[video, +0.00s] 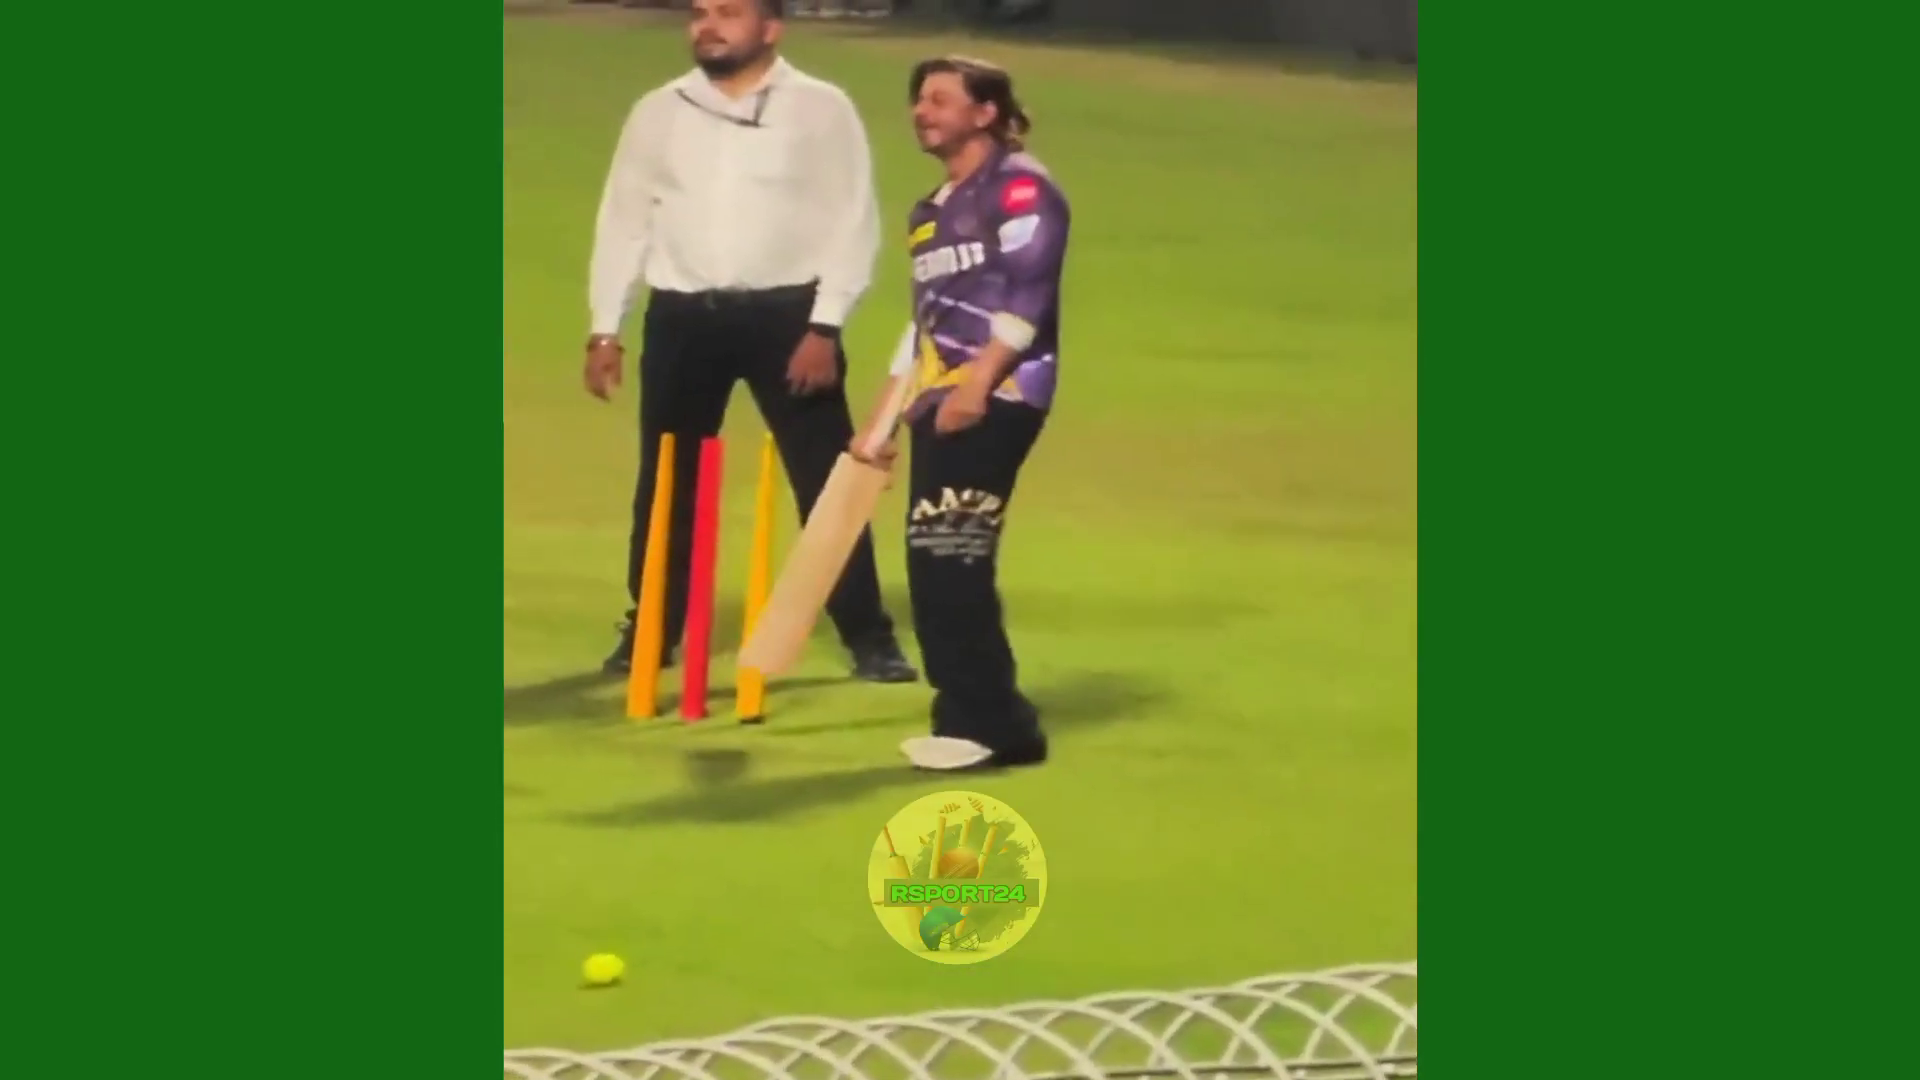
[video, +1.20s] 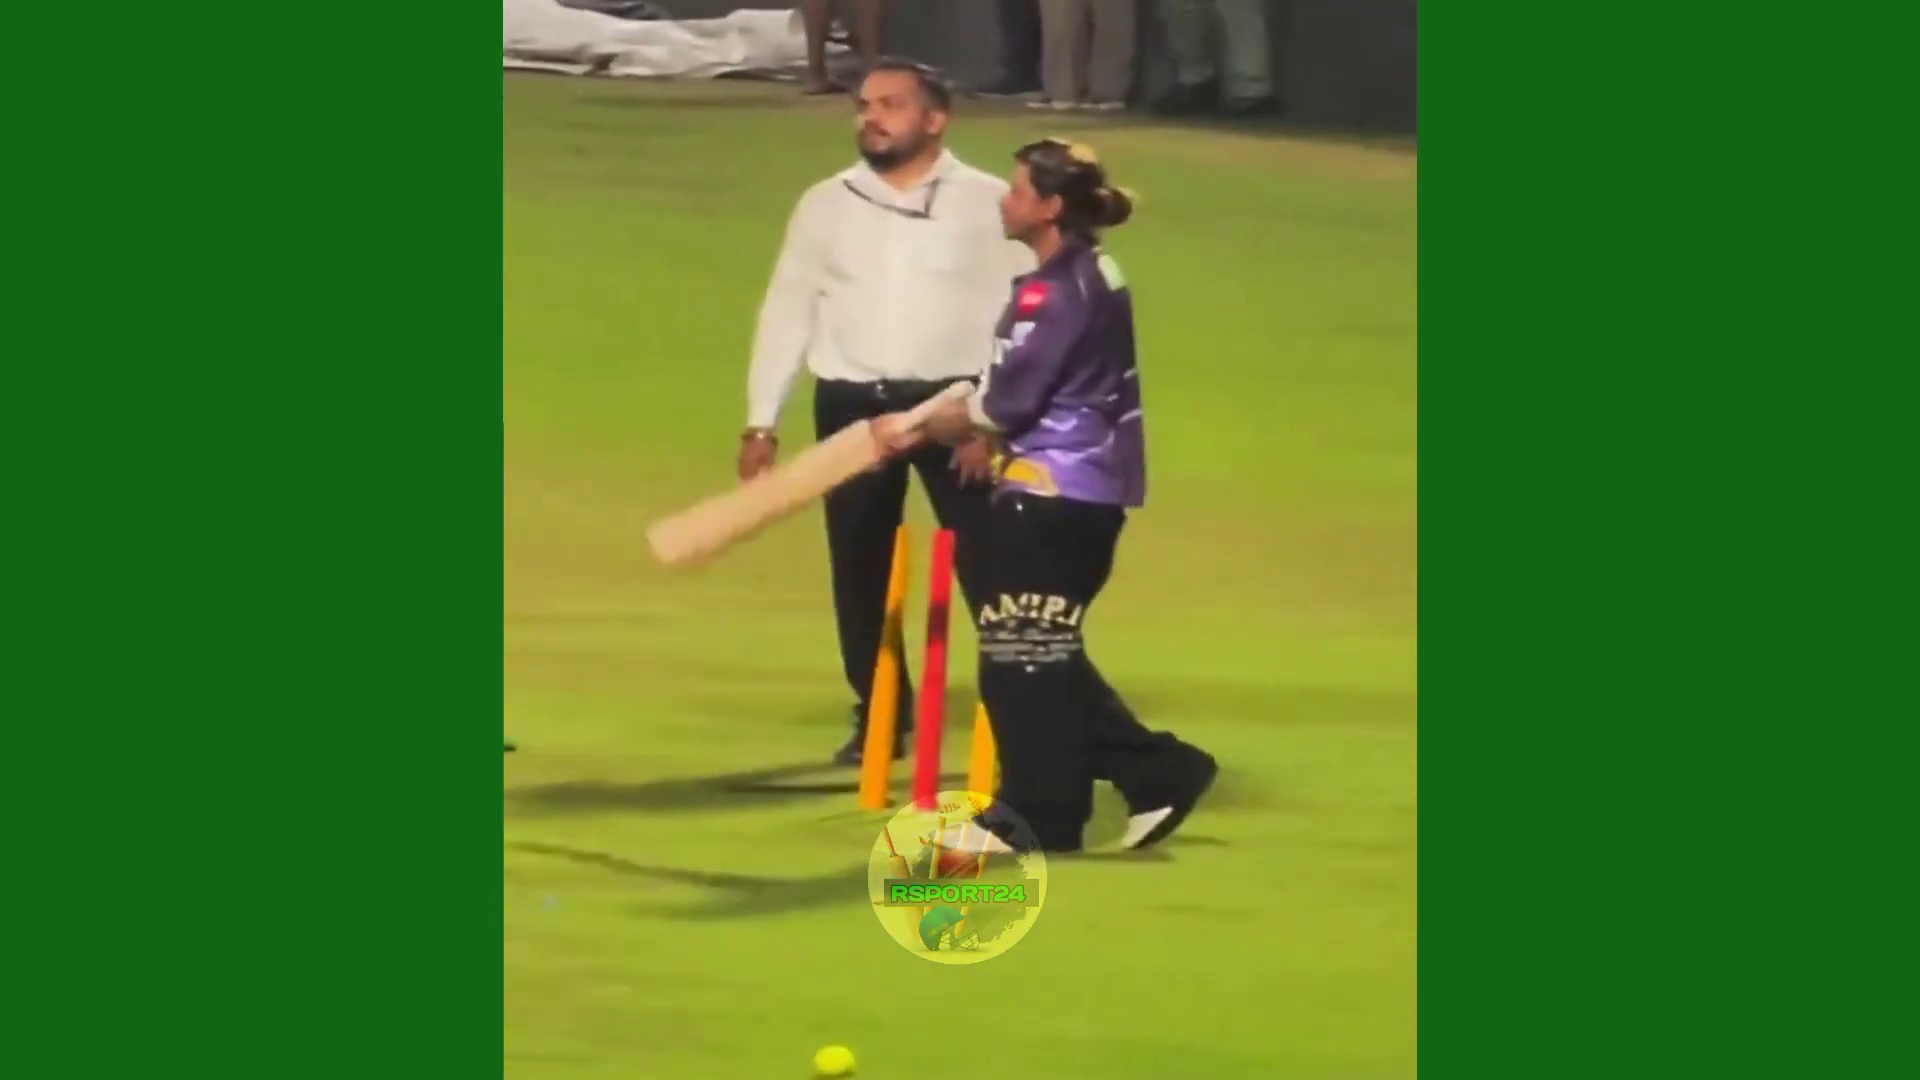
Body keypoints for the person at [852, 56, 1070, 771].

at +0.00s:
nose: (923, 113)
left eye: (939, 102)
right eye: (921, 102)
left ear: (985, 113)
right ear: (922, 115)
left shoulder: (1023, 188)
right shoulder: (928, 211)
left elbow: (1030, 302)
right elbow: (925, 322)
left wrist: (977, 381)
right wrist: (882, 419)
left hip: (999, 394)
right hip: (941, 394)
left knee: (956, 554)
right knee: (930, 554)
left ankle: (989, 725)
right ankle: (971, 718)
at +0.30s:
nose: (971, 146)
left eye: (987, 134)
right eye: (971, 134)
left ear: (1036, 145)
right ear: (1009, 149)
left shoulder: (1066, 221)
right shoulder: (997, 233)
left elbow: (1075, 332)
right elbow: (1007, 337)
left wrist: (1032, 417)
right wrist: (986, 424)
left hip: (1043, 437)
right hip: (1006, 435)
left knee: (958, 581)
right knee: (1023, 600)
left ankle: (917, 749)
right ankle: (1061, 756)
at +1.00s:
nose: (982, 196)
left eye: (992, 186)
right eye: (988, 183)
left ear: (1028, 201)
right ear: (1034, 201)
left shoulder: (1043, 285)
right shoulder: (1064, 270)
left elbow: (1014, 402)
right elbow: (1027, 395)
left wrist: (963, 441)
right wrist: (974, 444)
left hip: (1048, 487)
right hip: (1074, 487)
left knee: (1006, 649)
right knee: (1052, 649)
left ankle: (1001, 813)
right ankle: (1156, 786)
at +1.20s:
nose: (1005, 197)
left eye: (1016, 189)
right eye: (1011, 186)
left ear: (1048, 207)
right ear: (1059, 207)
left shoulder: (1055, 292)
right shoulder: (1090, 274)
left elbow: (1004, 403)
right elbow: (1014, 382)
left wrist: (918, 425)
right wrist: (982, 431)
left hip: (1052, 493)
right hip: (1080, 490)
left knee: (1026, 657)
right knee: (1037, 653)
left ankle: (1038, 817)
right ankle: (1158, 774)